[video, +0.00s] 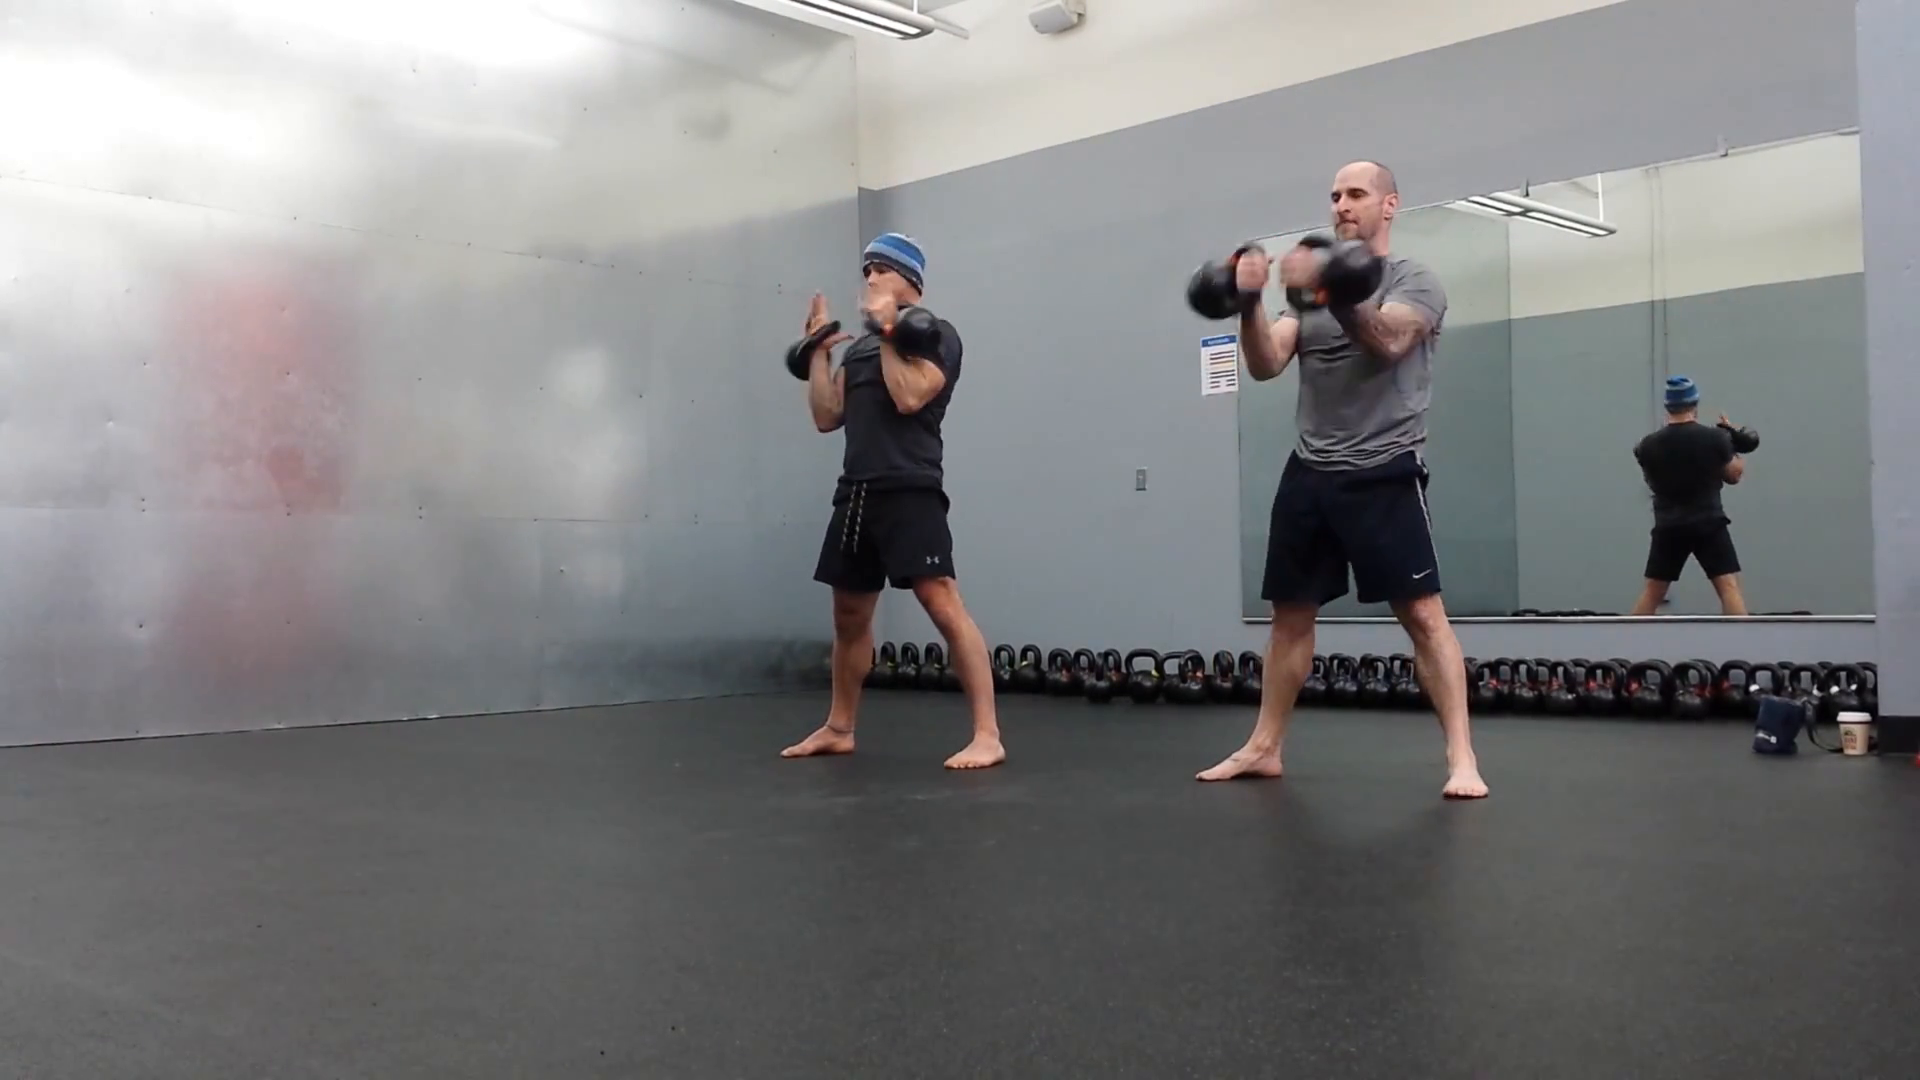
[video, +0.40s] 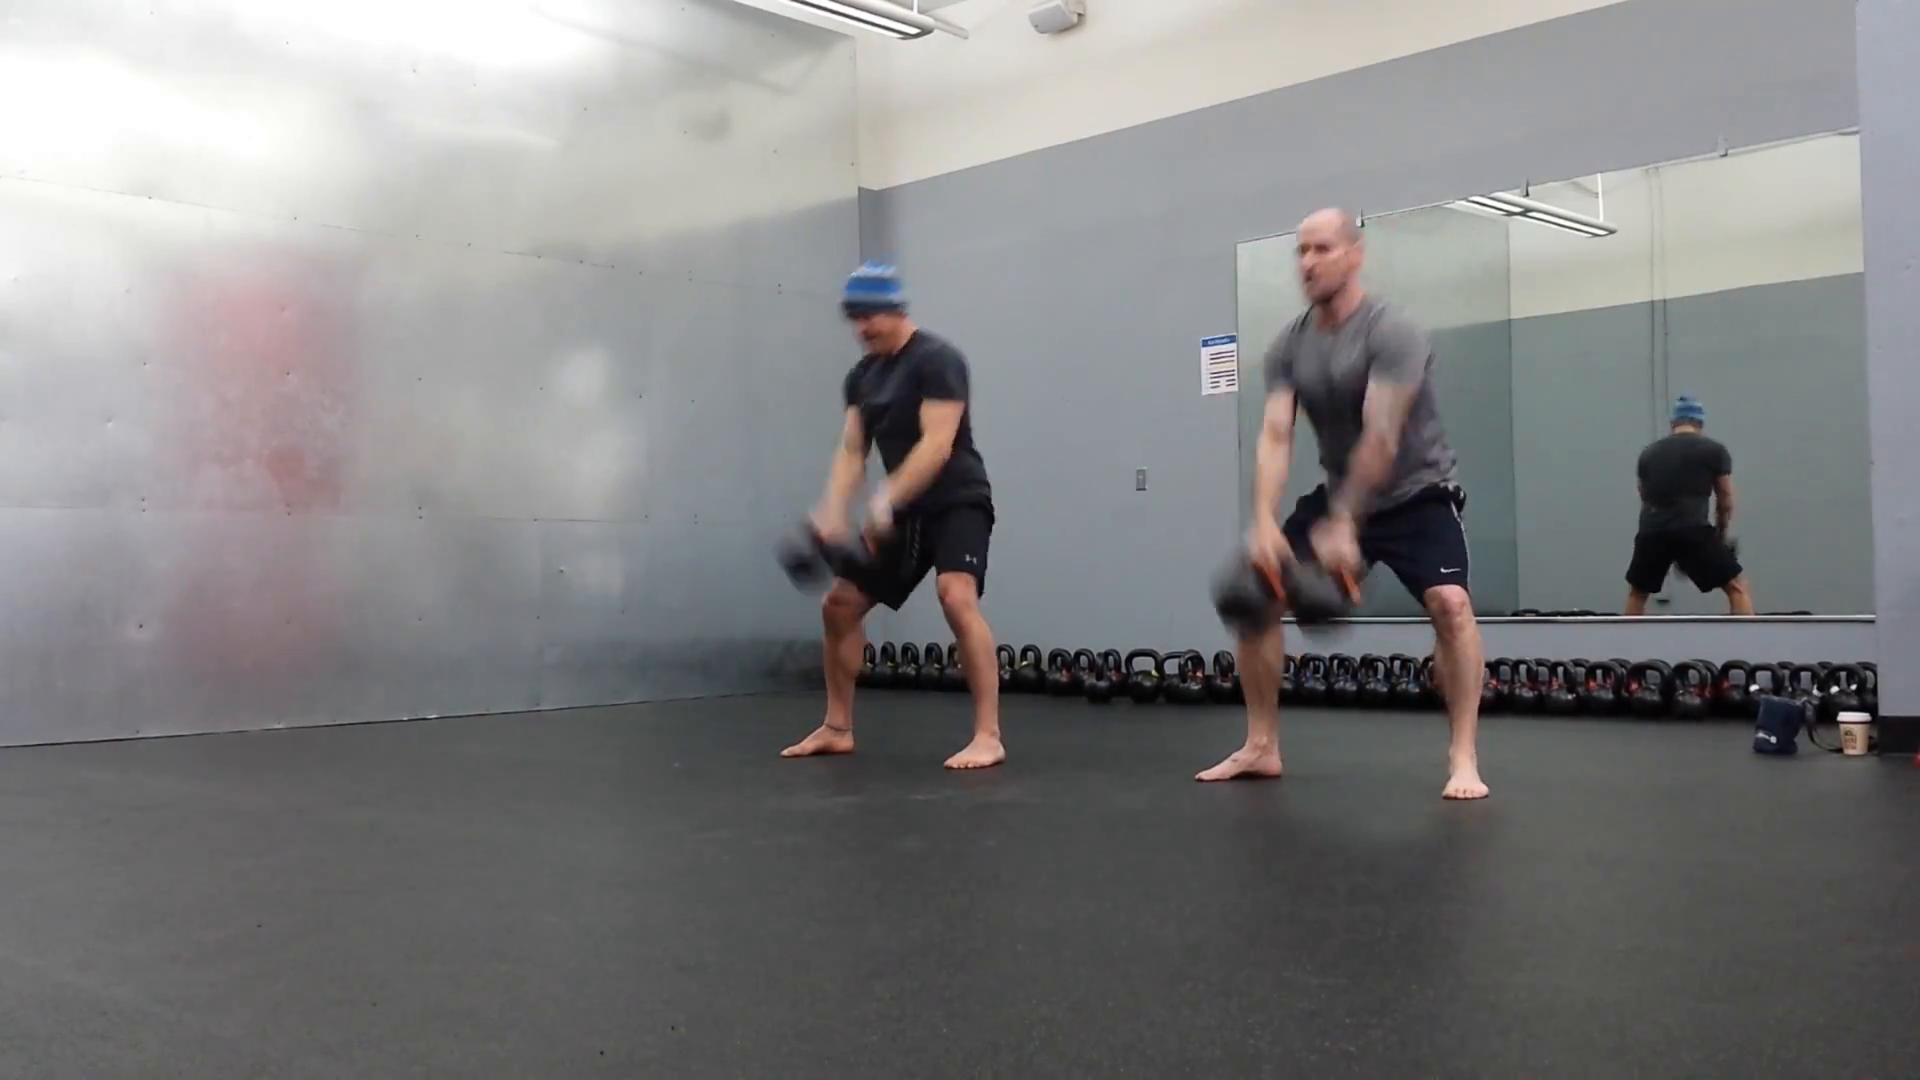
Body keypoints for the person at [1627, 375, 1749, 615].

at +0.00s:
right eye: (1694, 403)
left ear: (1666, 407)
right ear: (1695, 405)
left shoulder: (1648, 446)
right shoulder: (1713, 439)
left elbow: (1656, 483)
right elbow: (1734, 475)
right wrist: (1729, 438)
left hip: (1669, 530)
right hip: (1709, 527)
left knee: (1651, 595)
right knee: (1728, 591)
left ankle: (1623, 647)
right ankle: (1746, 647)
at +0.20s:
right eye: (1693, 403)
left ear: (1666, 405)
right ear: (1694, 405)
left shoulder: (1644, 440)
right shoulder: (1710, 435)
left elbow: (1647, 480)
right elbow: (1730, 478)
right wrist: (1739, 466)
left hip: (1659, 529)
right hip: (1700, 527)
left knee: (1645, 593)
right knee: (1728, 589)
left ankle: (1626, 647)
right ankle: (1746, 647)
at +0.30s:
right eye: (1694, 412)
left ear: (1666, 412)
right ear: (1694, 413)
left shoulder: (1643, 443)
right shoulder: (1709, 440)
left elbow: (1641, 484)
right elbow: (1728, 482)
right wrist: (1734, 502)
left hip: (1654, 532)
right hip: (1696, 530)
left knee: (1641, 594)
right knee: (1731, 588)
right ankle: (1746, 646)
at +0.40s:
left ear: (1673, 424)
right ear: (1700, 425)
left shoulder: (1649, 453)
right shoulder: (1714, 450)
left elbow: (1645, 497)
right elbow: (1724, 502)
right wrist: (1720, 537)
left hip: (1653, 534)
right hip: (1695, 532)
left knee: (1637, 595)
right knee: (1735, 588)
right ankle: (1750, 644)